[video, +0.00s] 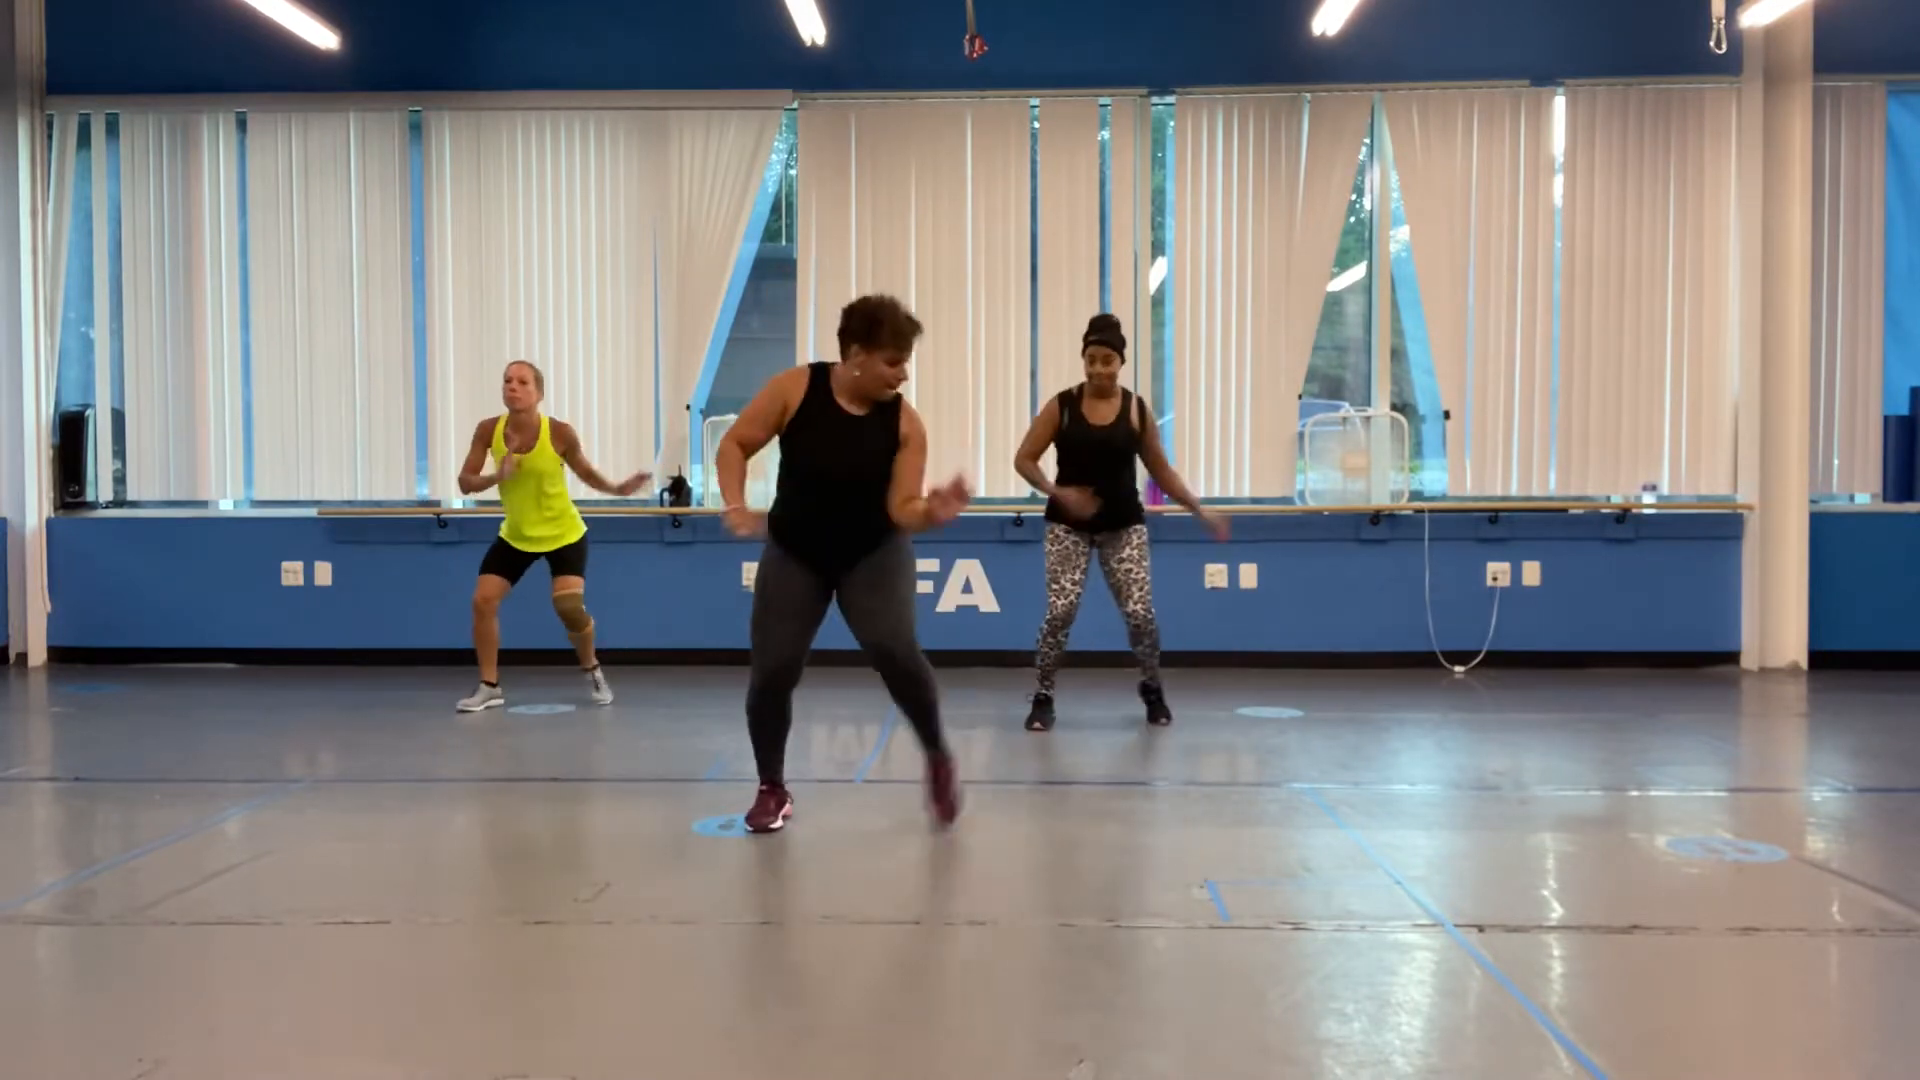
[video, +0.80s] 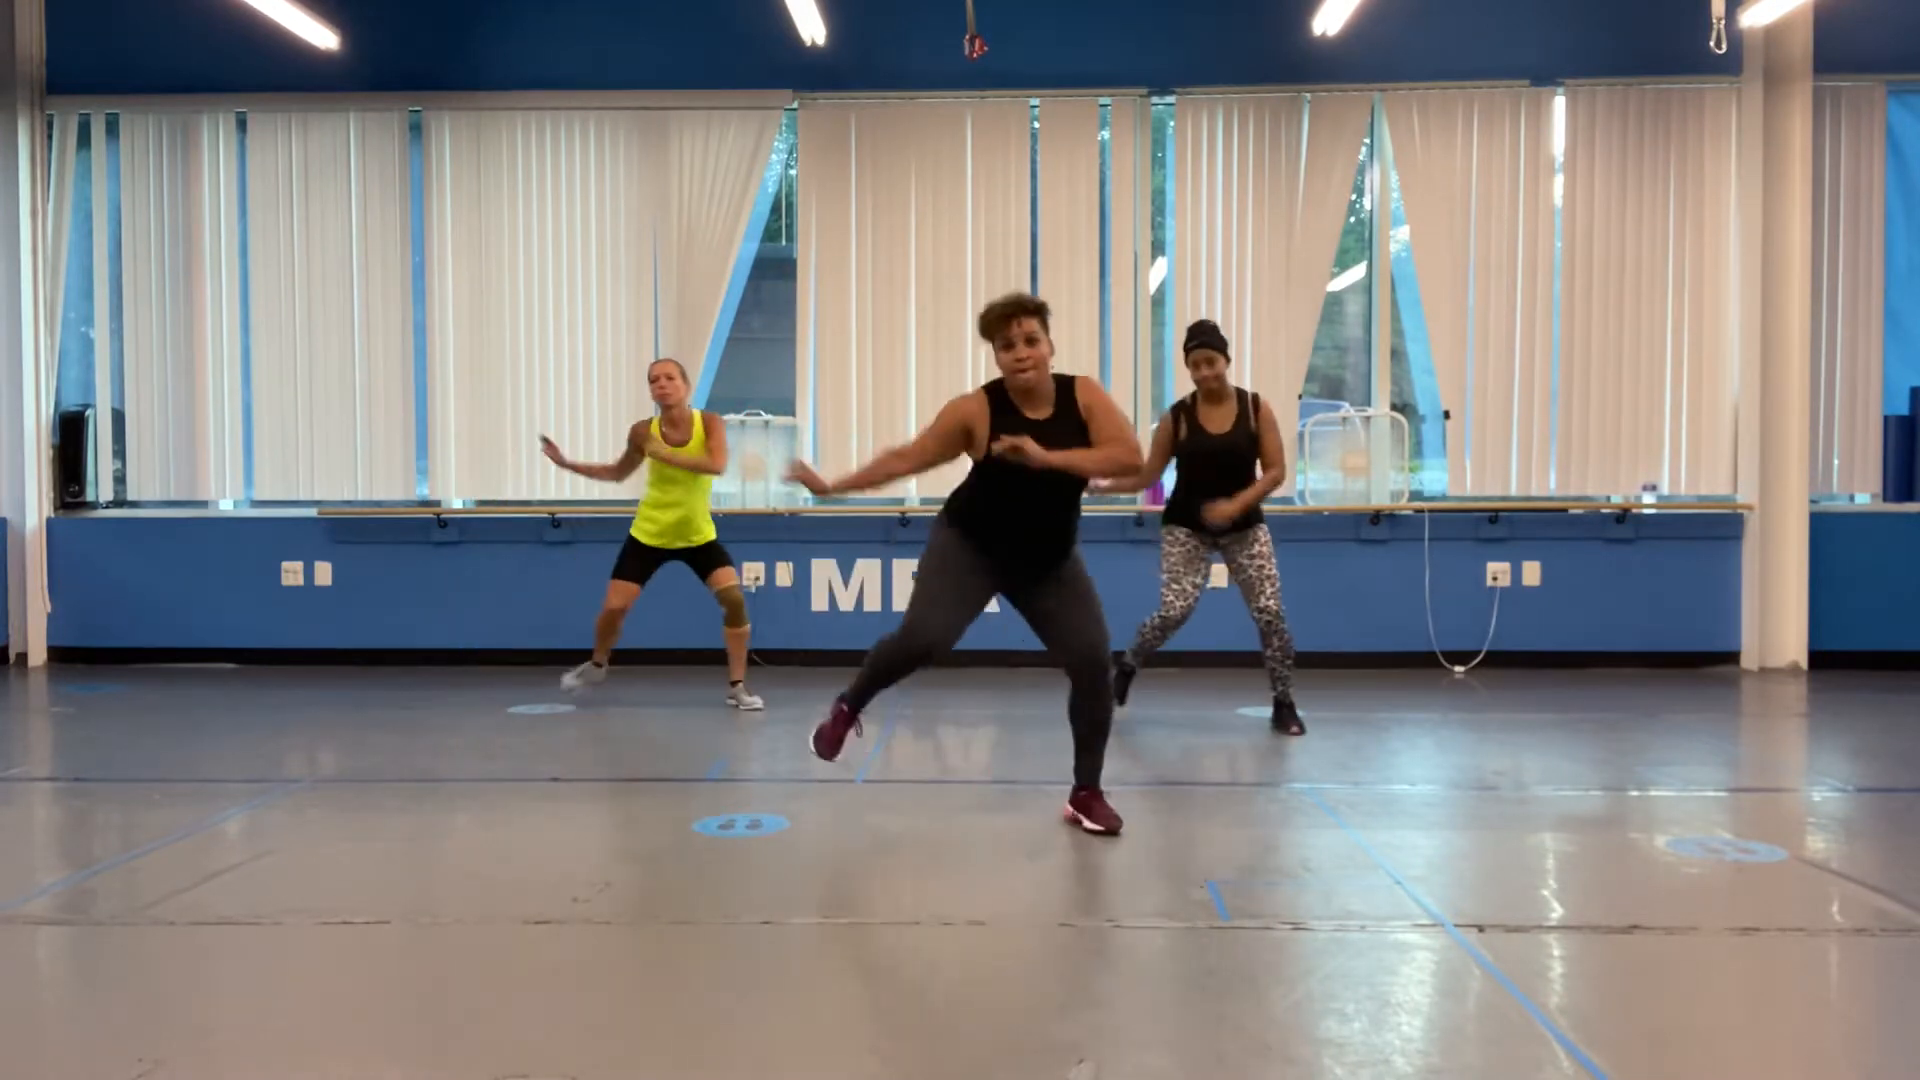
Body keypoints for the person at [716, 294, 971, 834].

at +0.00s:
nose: (903, 372)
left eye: (905, 361)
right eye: (894, 361)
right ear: (855, 357)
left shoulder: (905, 425)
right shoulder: (794, 389)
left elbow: (903, 511)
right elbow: (732, 446)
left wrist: (932, 510)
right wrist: (736, 505)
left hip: (873, 554)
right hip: (795, 552)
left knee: (895, 654)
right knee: (772, 671)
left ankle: (938, 758)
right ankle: (771, 788)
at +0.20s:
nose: (916, 353)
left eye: (926, 342)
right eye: (903, 342)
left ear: (938, 344)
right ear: (880, 343)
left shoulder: (956, 405)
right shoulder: (844, 380)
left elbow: (964, 490)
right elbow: (773, 408)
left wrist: (945, 490)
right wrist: (712, 461)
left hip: (901, 546)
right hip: (825, 541)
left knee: (950, 647)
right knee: (797, 665)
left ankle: (959, 770)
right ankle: (769, 785)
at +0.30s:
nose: (933, 350)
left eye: (943, 338)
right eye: (920, 340)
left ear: (959, 339)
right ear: (902, 344)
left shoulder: (986, 400)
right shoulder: (873, 381)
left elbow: (995, 488)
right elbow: (802, 407)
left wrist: (969, 475)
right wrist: (736, 450)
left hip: (937, 549)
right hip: (859, 541)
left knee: (971, 663)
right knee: (820, 658)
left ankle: (974, 788)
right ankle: (782, 776)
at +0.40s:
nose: (952, 350)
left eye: (961, 337)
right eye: (939, 341)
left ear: (978, 338)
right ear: (923, 346)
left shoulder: (1009, 404)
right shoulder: (897, 388)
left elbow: (1016, 488)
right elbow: (825, 425)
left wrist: (987, 491)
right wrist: (761, 470)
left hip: (964, 550)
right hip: (888, 542)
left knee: (986, 667)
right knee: (859, 661)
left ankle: (976, 788)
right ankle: (857, 758)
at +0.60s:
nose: (989, 340)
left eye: (998, 327)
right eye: (975, 332)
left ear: (1016, 328)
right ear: (960, 339)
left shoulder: (1048, 378)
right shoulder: (938, 382)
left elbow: (1076, 454)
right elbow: (867, 412)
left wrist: (1017, 446)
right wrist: (794, 453)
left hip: (998, 540)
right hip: (922, 533)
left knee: (1043, 642)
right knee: (909, 656)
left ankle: (1024, 764)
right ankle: (897, 777)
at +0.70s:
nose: (1008, 348)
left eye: (1018, 335)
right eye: (995, 340)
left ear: (1037, 337)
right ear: (981, 347)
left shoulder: (1070, 380)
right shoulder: (962, 391)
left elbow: (1111, 438)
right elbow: (883, 417)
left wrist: (1030, 424)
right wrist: (804, 442)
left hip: (1023, 547)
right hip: (948, 534)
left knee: (1055, 664)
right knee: (904, 646)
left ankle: (1083, 791)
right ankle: (867, 745)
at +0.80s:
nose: (1023, 353)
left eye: (1032, 340)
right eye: (1010, 345)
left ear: (1050, 345)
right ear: (994, 354)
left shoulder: (1085, 396)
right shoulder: (974, 412)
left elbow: (1130, 458)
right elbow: (907, 457)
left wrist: (1049, 459)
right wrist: (836, 486)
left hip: (1048, 557)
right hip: (971, 548)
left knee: (1093, 662)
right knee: (923, 642)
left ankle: (1087, 792)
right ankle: (849, 706)